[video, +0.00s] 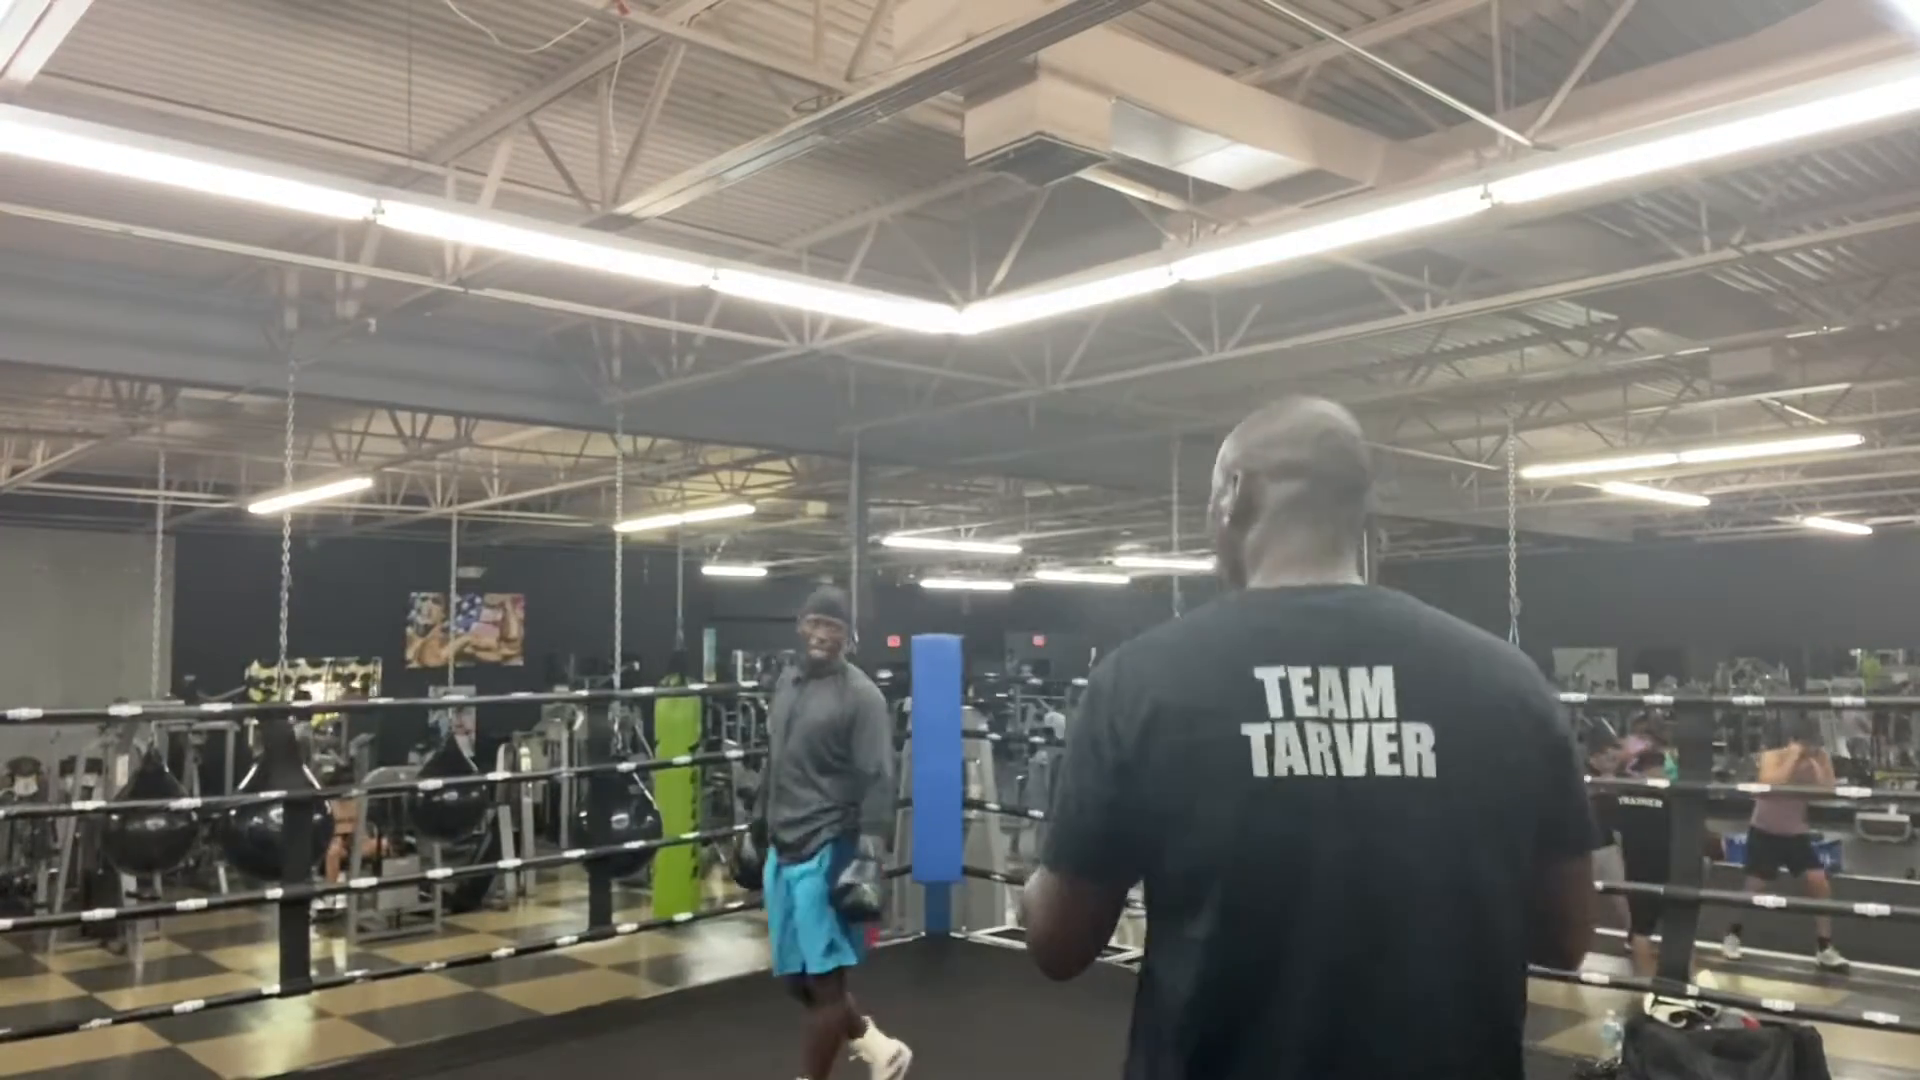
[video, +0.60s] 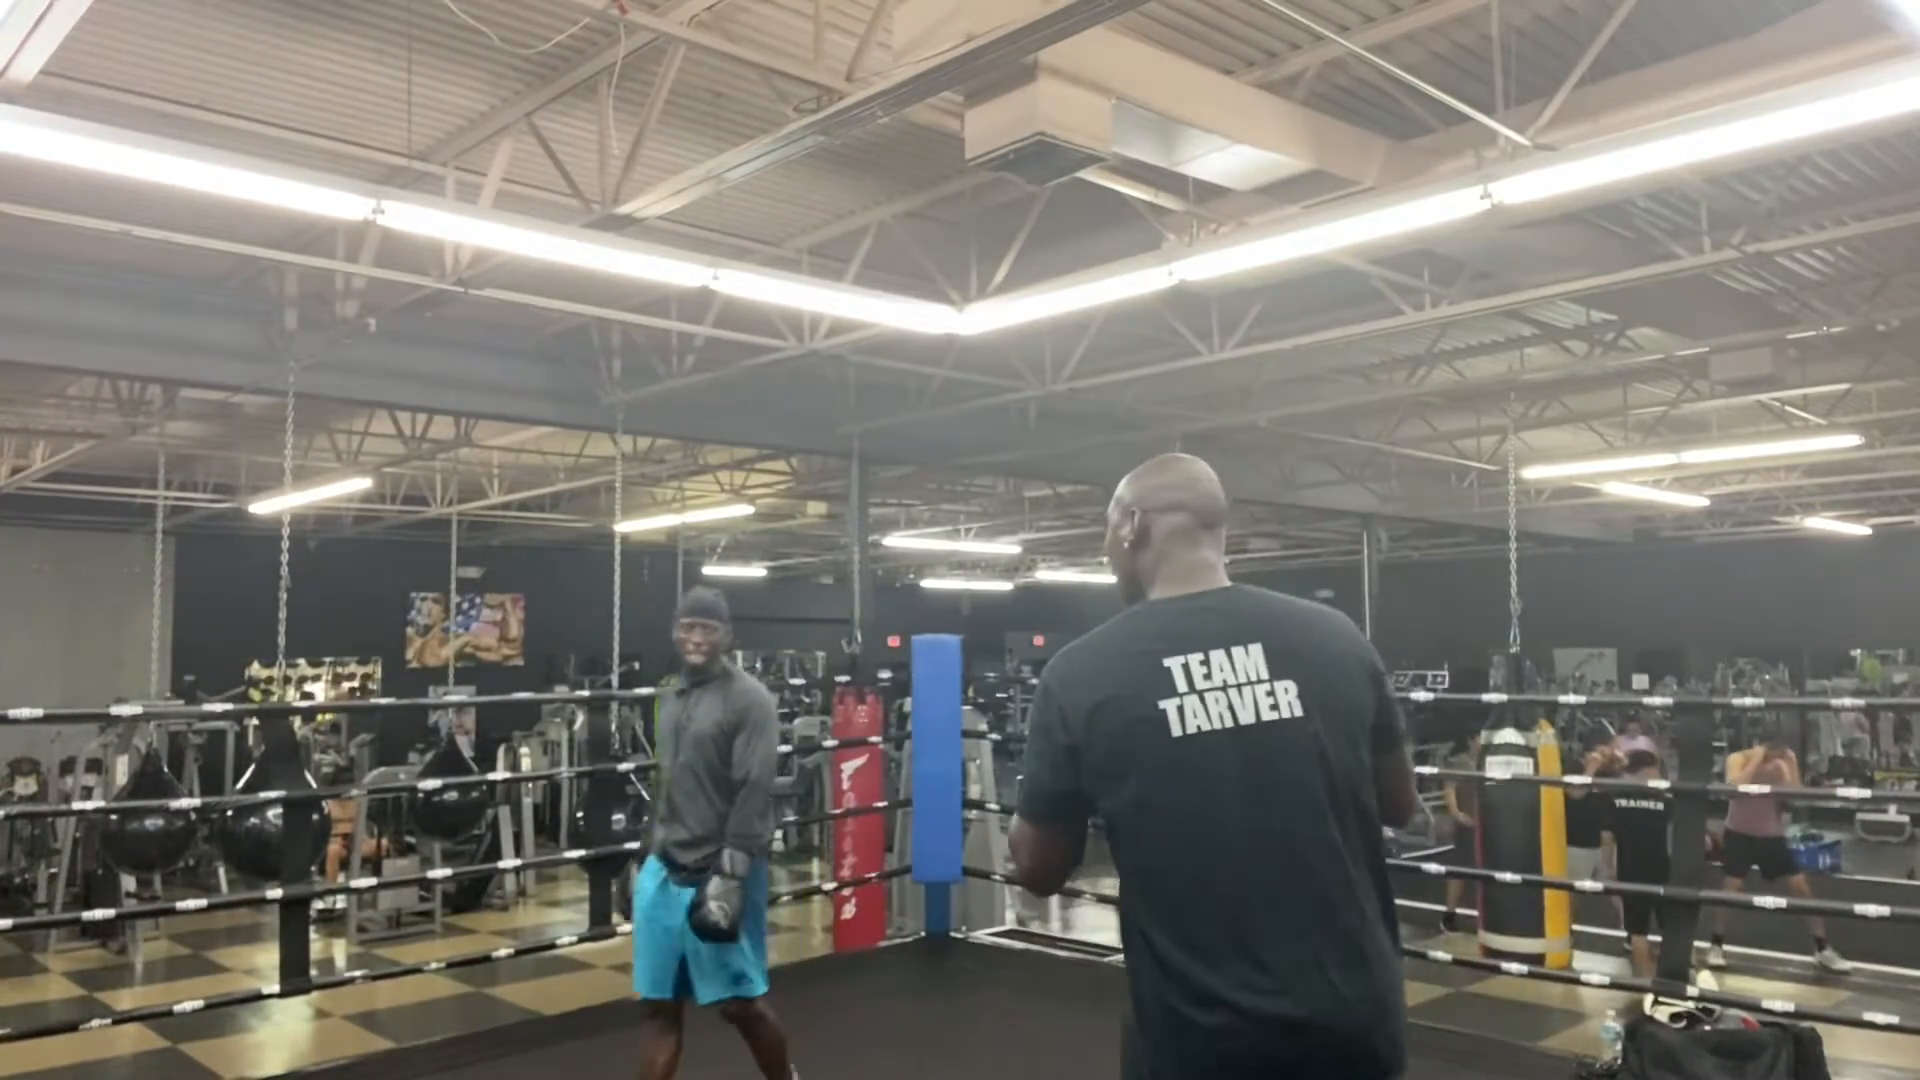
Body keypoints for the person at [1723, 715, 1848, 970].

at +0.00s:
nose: (1805, 748)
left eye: (1809, 744)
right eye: (1800, 743)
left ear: (1814, 743)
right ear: (1789, 740)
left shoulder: (1818, 758)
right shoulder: (1772, 756)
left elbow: (1828, 788)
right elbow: (1771, 781)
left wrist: (1817, 761)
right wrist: (1792, 756)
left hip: (1796, 834)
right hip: (1764, 832)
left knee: (1820, 885)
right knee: (1755, 886)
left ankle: (1824, 947)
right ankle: (1733, 934)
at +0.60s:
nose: (1774, 751)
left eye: (1778, 747)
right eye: (1769, 745)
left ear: (1782, 746)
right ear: (1758, 743)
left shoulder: (1785, 761)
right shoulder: (1737, 759)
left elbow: (1795, 794)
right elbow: (1735, 787)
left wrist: (1785, 765)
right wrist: (1756, 758)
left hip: (1772, 838)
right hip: (1739, 836)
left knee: (1801, 890)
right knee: (1731, 892)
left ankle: (1822, 948)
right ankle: (1716, 945)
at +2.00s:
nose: (1763, 760)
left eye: (1767, 754)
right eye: (1757, 754)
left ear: (1774, 752)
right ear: (1748, 753)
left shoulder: (1786, 768)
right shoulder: (1738, 773)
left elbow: (1806, 806)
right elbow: (1735, 807)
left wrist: (1785, 782)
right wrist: (1757, 782)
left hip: (1782, 847)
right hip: (1744, 847)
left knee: (1819, 894)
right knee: (1733, 898)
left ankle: (1838, 957)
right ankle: (1721, 946)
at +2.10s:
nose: (1780, 767)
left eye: (1785, 761)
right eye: (1774, 762)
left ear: (1790, 759)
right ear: (1764, 759)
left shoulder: (1798, 772)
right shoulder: (1751, 776)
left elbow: (1818, 811)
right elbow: (1743, 811)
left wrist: (1797, 786)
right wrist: (1772, 787)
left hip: (1796, 854)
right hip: (1758, 853)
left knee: (1833, 901)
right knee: (1739, 901)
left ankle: (1866, 963)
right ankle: (1721, 946)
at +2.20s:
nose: (1804, 767)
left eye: (1809, 761)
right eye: (1800, 760)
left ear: (1818, 762)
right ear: (1792, 760)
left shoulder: (1822, 778)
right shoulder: (1776, 778)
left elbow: (1831, 818)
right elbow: (1778, 812)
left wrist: (1821, 787)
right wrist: (1804, 787)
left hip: (1809, 861)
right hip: (1774, 859)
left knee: (1845, 898)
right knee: (1755, 914)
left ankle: (1873, 966)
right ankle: (1724, 944)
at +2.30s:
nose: (1845, 780)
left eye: (1848, 776)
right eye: (1845, 774)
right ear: (1833, 765)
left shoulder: (1823, 786)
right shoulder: (1808, 778)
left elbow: (1840, 819)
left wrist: (1849, 788)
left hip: (1814, 862)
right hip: (1785, 862)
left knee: (1856, 900)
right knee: (1782, 919)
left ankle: (1873, 967)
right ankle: (1732, 939)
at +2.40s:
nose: (1854, 778)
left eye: (1854, 774)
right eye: (1853, 773)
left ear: (1833, 765)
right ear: (1846, 769)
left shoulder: (1808, 781)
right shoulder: (1833, 780)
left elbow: (1835, 823)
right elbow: (1873, 790)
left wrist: (1847, 797)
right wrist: (1912, 789)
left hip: (1816, 863)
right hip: (1791, 863)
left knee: (1857, 901)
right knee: (1801, 925)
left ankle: (1872, 967)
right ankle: (1749, 939)